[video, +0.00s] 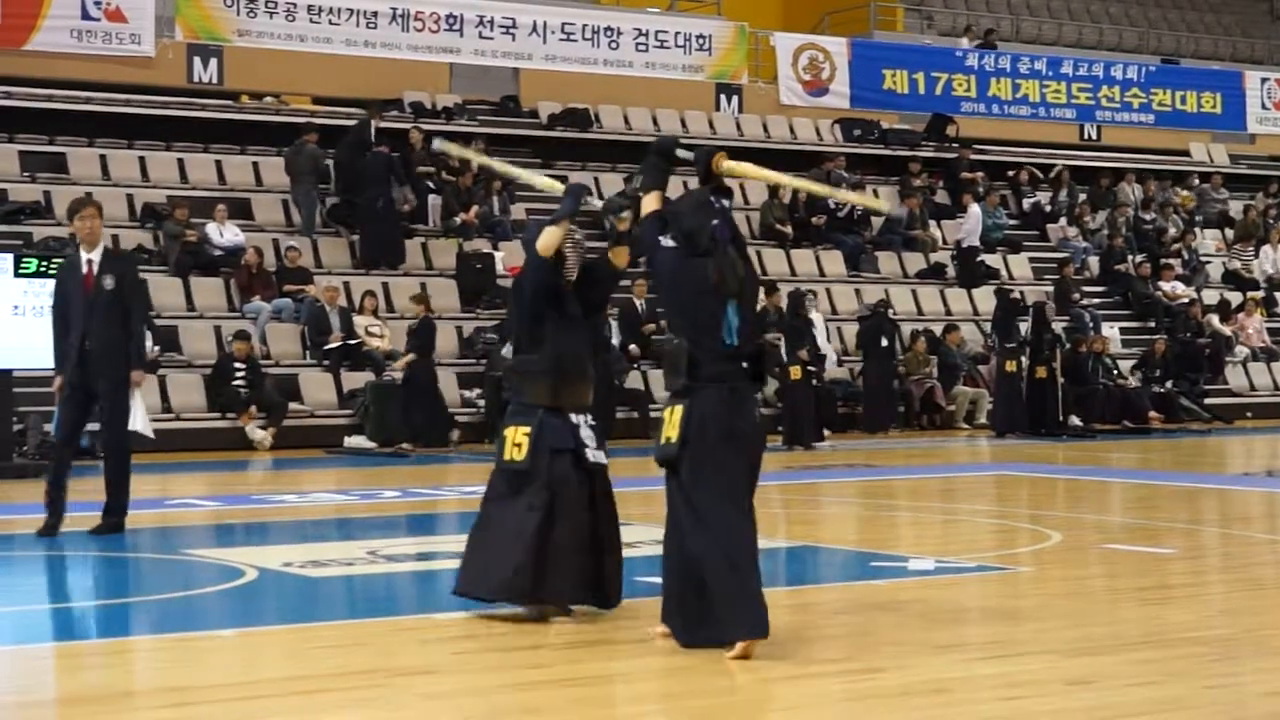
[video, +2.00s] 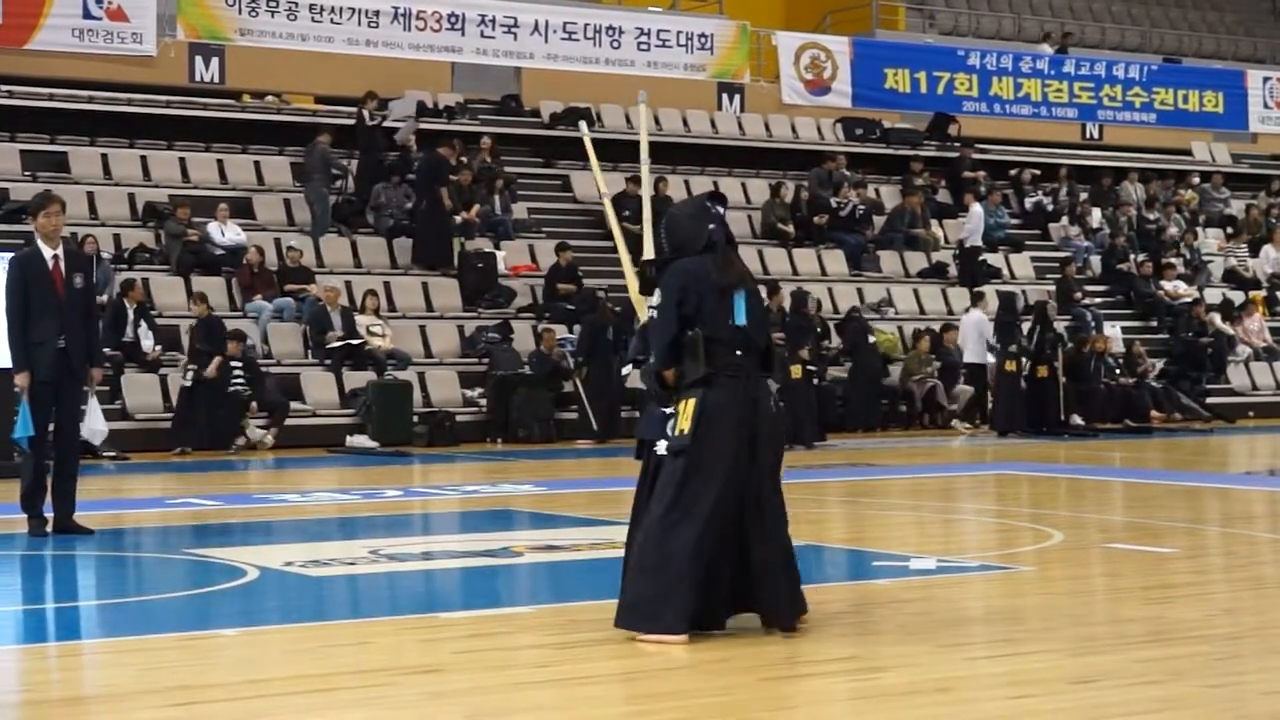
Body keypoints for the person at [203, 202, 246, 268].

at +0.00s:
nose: (222, 214)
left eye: (224, 211)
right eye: (219, 211)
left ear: (227, 213)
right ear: (214, 214)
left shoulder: (232, 226)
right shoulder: (210, 226)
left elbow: (242, 240)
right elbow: (217, 242)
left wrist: (225, 241)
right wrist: (237, 244)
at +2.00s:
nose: (224, 213)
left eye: (226, 210)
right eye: (221, 210)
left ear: (229, 213)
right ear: (216, 213)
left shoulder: (234, 226)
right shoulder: (211, 226)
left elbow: (244, 240)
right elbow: (218, 241)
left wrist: (227, 239)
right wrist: (238, 244)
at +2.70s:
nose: (224, 214)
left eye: (226, 211)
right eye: (221, 211)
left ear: (229, 213)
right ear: (216, 214)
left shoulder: (234, 226)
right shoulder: (212, 226)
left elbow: (244, 240)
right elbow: (219, 242)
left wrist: (227, 239)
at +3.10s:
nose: (227, 213)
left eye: (228, 211)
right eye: (224, 211)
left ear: (231, 213)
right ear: (218, 213)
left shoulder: (234, 226)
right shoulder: (212, 226)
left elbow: (244, 240)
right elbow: (219, 242)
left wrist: (228, 239)